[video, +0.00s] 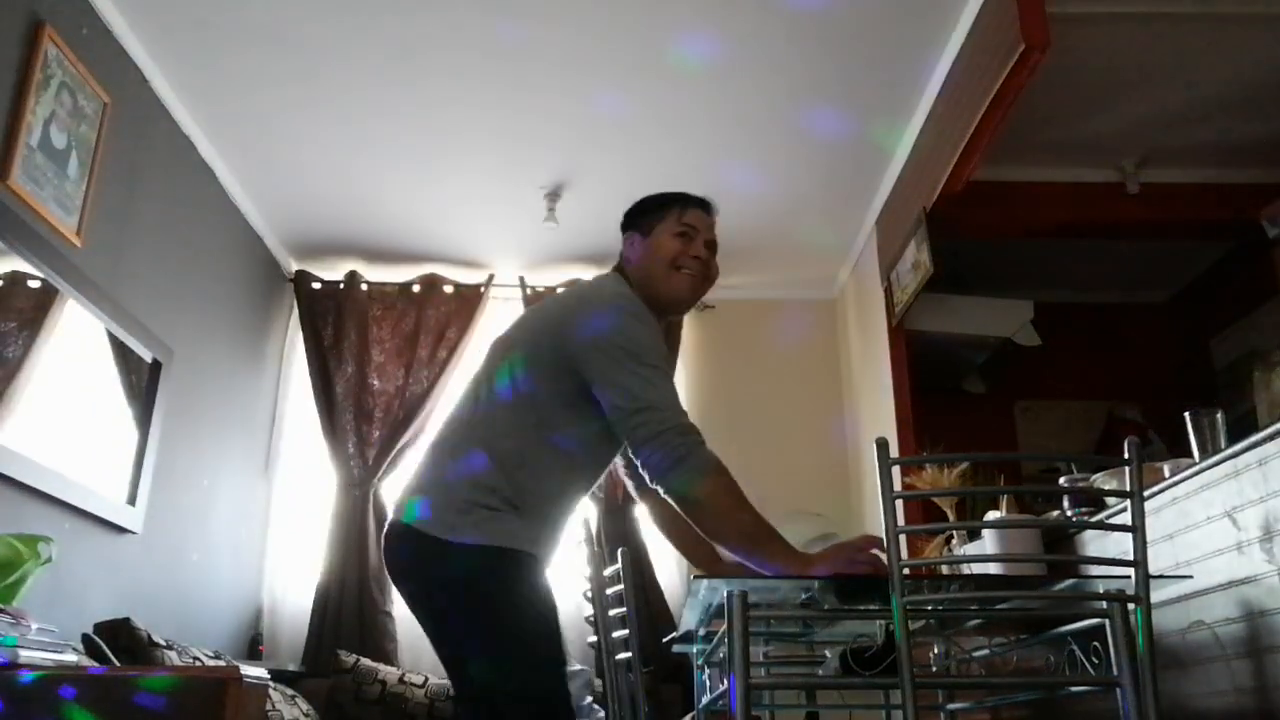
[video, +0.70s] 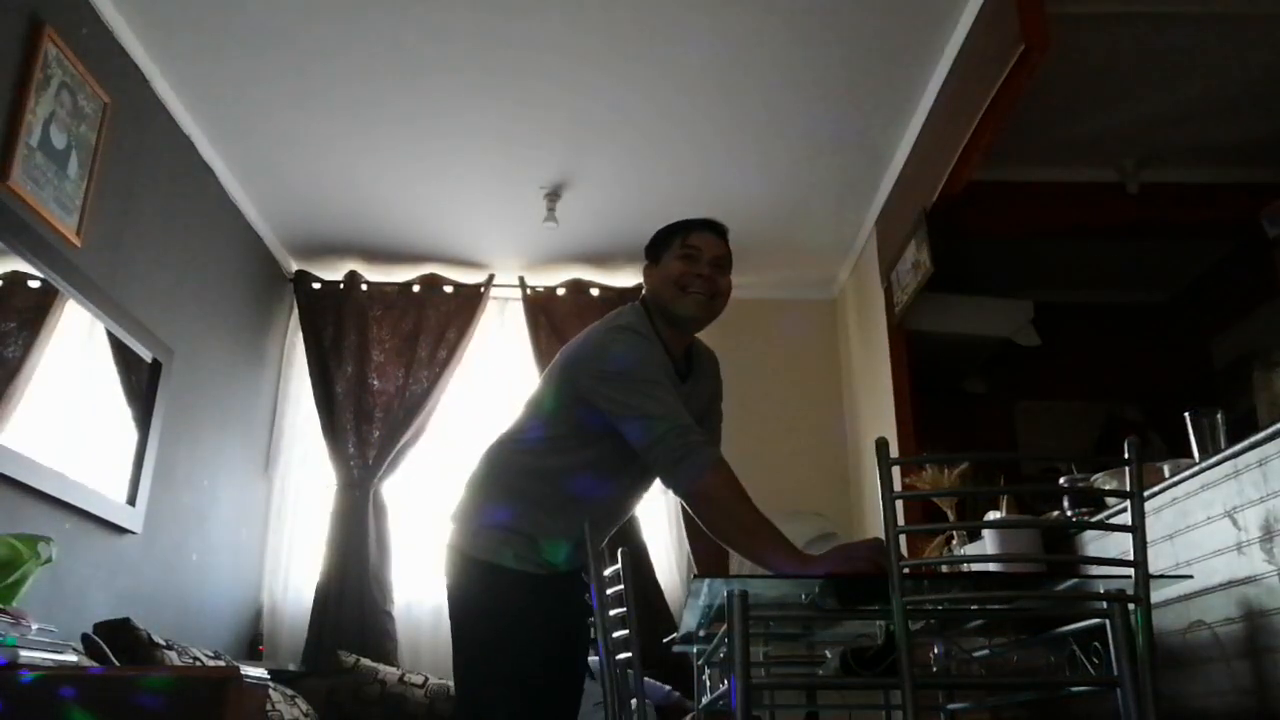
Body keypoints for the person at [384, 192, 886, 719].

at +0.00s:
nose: (702, 251)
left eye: (711, 245)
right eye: (683, 233)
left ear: (711, 272)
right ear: (632, 244)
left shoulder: (626, 325)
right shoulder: (608, 314)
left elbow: (648, 483)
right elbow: (680, 463)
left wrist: (714, 566)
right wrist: (798, 562)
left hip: (480, 543)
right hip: (462, 544)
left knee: (517, 707)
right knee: (530, 708)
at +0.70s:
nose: (706, 274)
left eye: (720, 266)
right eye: (689, 258)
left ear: (729, 289)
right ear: (649, 272)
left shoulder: (700, 368)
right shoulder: (618, 348)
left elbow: (700, 491)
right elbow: (696, 476)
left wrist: (716, 602)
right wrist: (799, 564)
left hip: (566, 555)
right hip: (502, 548)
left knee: (552, 704)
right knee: (499, 706)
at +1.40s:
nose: (710, 280)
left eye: (725, 272)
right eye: (693, 263)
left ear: (733, 293)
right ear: (653, 274)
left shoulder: (701, 369)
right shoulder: (619, 348)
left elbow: (702, 490)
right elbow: (693, 479)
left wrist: (719, 598)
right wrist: (802, 564)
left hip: (567, 558)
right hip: (501, 549)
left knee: (553, 704)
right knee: (500, 707)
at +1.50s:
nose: (710, 280)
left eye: (725, 273)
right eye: (693, 263)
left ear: (732, 294)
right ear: (653, 274)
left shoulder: (700, 369)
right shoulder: (620, 349)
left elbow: (702, 491)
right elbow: (692, 478)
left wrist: (721, 599)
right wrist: (800, 564)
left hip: (568, 556)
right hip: (502, 547)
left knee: (553, 703)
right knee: (497, 706)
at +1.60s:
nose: (710, 280)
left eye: (725, 272)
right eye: (693, 263)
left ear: (732, 294)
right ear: (654, 274)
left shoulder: (700, 369)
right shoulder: (619, 350)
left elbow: (702, 493)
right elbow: (693, 480)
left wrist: (722, 600)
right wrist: (799, 564)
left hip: (568, 556)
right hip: (501, 548)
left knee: (552, 704)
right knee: (497, 706)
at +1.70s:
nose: (710, 281)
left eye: (724, 272)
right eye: (693, 263)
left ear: (733, 293)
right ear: (654, 274)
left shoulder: (699, 370)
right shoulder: (619, 349)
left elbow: (704, 490)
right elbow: (691, 479)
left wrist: (719, 600)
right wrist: (800, 564)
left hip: (568, 555)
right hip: (501, 546)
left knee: (552, 704)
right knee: (496, 706)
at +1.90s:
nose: (710, 281)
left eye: (724, 274)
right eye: (693, 264)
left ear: (732, 295)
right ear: (653, 274)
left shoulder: (698, 369)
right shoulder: (618, 351)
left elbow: (702, 492)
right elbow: (692, 481)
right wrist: (798, 564)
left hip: (566, 555)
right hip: (501, 547)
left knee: (552, 704)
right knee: (498, 707)